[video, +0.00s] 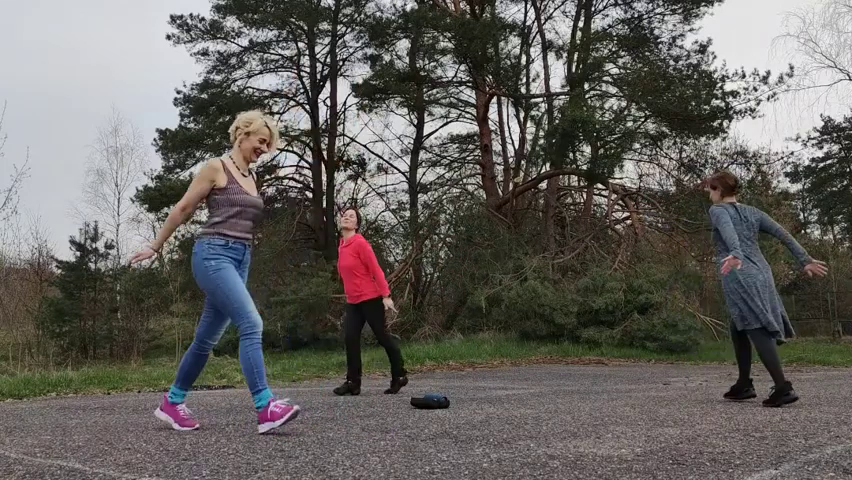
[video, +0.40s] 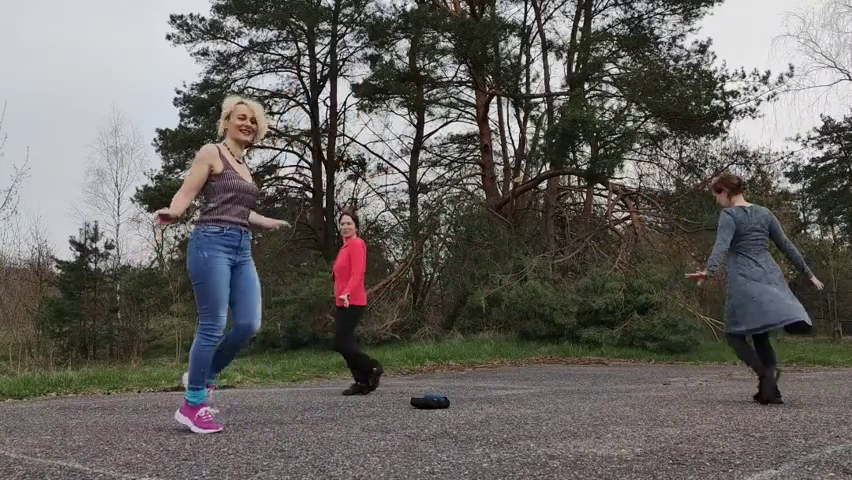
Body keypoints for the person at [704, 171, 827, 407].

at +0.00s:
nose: (709, 194)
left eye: (711, 190)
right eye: (709, 190)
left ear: (719, 190)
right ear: (733, 190)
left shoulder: (717, 210)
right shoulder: (751, 211)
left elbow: (727, 228)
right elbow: (782, 233)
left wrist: (735, 252)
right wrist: (805, 259)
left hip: (740, 275)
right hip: (761, 273)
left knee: (756, 329)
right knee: (739, 327)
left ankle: (782, 387)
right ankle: (744, 383)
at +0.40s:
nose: (716, 201)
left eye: (716, 196)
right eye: (715, 196)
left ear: (725, 192)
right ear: (740, 190)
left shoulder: (729, 215)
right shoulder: (764, 213)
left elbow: (721, 245)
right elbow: (786, 245)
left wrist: (708, 270)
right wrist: (809, 274)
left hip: (744, 284)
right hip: (770, 281)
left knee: (734, 336)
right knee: (761, 335)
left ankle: (764, 372)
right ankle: (771, 390)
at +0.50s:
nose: (716, 202)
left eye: (716, 197)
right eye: (715, 198)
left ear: (725, 194)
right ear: (739, 192)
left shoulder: (728, 217)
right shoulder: (764, 214)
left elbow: (715, 243)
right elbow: (786, 244)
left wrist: (697, 266)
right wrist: (810, 269)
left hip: (742, 280)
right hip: (768, 278)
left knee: (730, 333)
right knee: (763, 332)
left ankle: (751, 364)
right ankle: (770, 388)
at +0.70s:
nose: (712, 203)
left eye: (712, 198)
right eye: (711, 199)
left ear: (721, 194)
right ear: (736, 192)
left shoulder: (724, 218)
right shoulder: (759, 212)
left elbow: (699, 238)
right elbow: (782, 234)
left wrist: (668, 246)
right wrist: (803, 244)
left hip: (734, 280)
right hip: (761, 278)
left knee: (730, 330)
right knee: (761, 331)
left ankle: (735, 381)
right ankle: (770, 387)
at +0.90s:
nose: (705, 208)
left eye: (705, 202)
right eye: (704, 203)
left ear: (713, 199)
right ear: (725, 197)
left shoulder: (714, 224)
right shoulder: (750, 219)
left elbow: (688, 242)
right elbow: (772, 237)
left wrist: (655, 244)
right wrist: (794, 242)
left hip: (722, 283)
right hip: (749, 281)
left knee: (727, 334)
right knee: (753, 332)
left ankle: (734, 384)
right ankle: (769, 379)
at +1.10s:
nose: (698, 208)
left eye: (698, 202)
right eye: (697, 203)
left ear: (707, 200)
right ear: (716, 198)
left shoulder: (706, 224)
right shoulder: (740, 219)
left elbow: (681, 244)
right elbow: (764, 239)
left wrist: (650, 250)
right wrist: (791, 250)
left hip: (714, 283)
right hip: (739, 280)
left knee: (722, 334)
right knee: (746, 330)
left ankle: (733, 384)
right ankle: (762, 379)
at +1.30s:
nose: (692, 211)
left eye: (693, 206)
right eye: (691, 206)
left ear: (702, 203)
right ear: (710, 202)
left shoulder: (704, 225)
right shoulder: (734, 222)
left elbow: (679, 244)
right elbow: (756, 245)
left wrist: (647, 252)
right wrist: (782, 262)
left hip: (714, 285)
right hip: (735, 282)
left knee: (716, 333)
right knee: (732, 326)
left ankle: (734, 385)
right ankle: (714, 352)